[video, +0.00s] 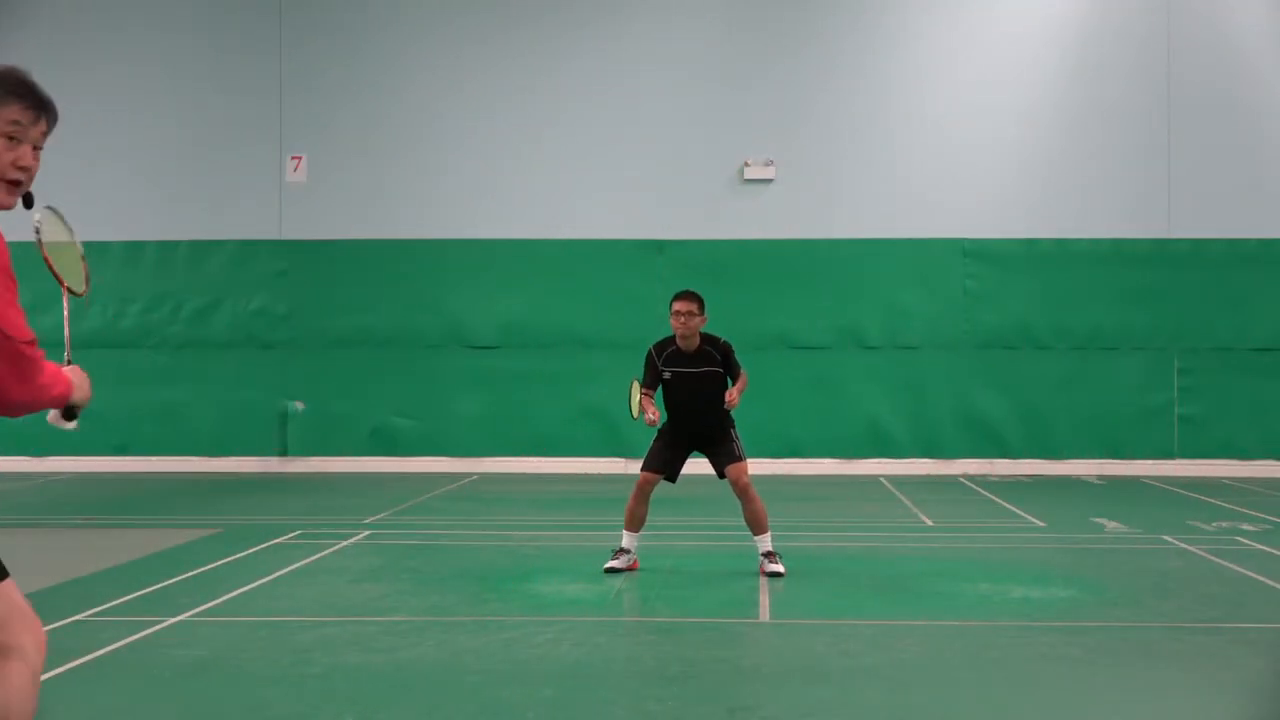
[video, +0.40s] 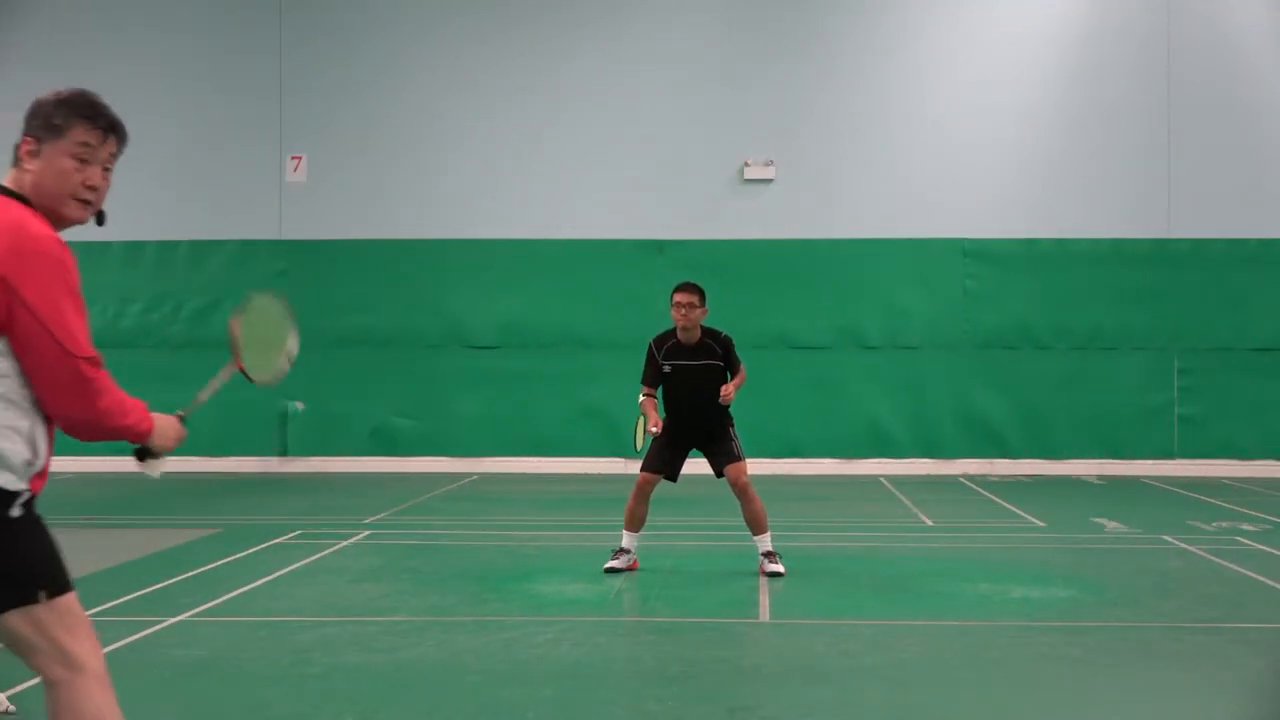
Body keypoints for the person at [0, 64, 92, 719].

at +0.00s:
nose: (28, 159)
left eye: (37, 145)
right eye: (15, 137)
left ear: (40, 154)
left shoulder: (3, 234)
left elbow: (16, 375)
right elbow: (14, 382)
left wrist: (54, 384)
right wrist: (64, 384)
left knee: (23, 640)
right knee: (22, 640)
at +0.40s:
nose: (98, 181)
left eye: (107, 168)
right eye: (83, 159)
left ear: (111, 176)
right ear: (28, 155)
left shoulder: (19, 229)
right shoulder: (26, 239)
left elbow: (66, 381)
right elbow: (73, 390)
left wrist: (135, 425)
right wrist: (146, 427)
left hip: (9, 496)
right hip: (4, 498)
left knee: (70, 659)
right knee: (73, 663)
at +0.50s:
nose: (147, 186)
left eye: (151, 171)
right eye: (136, 166)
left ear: (78, 162)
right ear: (80, 159)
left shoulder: (14, 213)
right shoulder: (81, 248)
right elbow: (132, 387)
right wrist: (187, 435)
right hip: (19, 485)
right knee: (105, 654)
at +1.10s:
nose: (151, 182)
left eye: (151, 170)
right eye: (151, 170)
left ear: (67, 165)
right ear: (139, 171)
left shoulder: (6, 212)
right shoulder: (162, 252)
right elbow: (210, 391)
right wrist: (193, 420)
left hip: (2, 459)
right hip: (103, 471)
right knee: (152, 652)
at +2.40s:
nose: (200, 223)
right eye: (199, 212)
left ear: (122, 203)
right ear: (190, 214)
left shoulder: (51, 240)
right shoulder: (209, 282)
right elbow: (217, 379)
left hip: (30, 456)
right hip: (145, 468)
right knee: (166, 639)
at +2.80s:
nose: (184, 194)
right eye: (183, 185)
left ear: (100, 184)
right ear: (174, 189)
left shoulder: (45, 224)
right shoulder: (205, 265)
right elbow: (221, 389)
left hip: (34, 446)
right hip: (148, 458)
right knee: (168, 643)